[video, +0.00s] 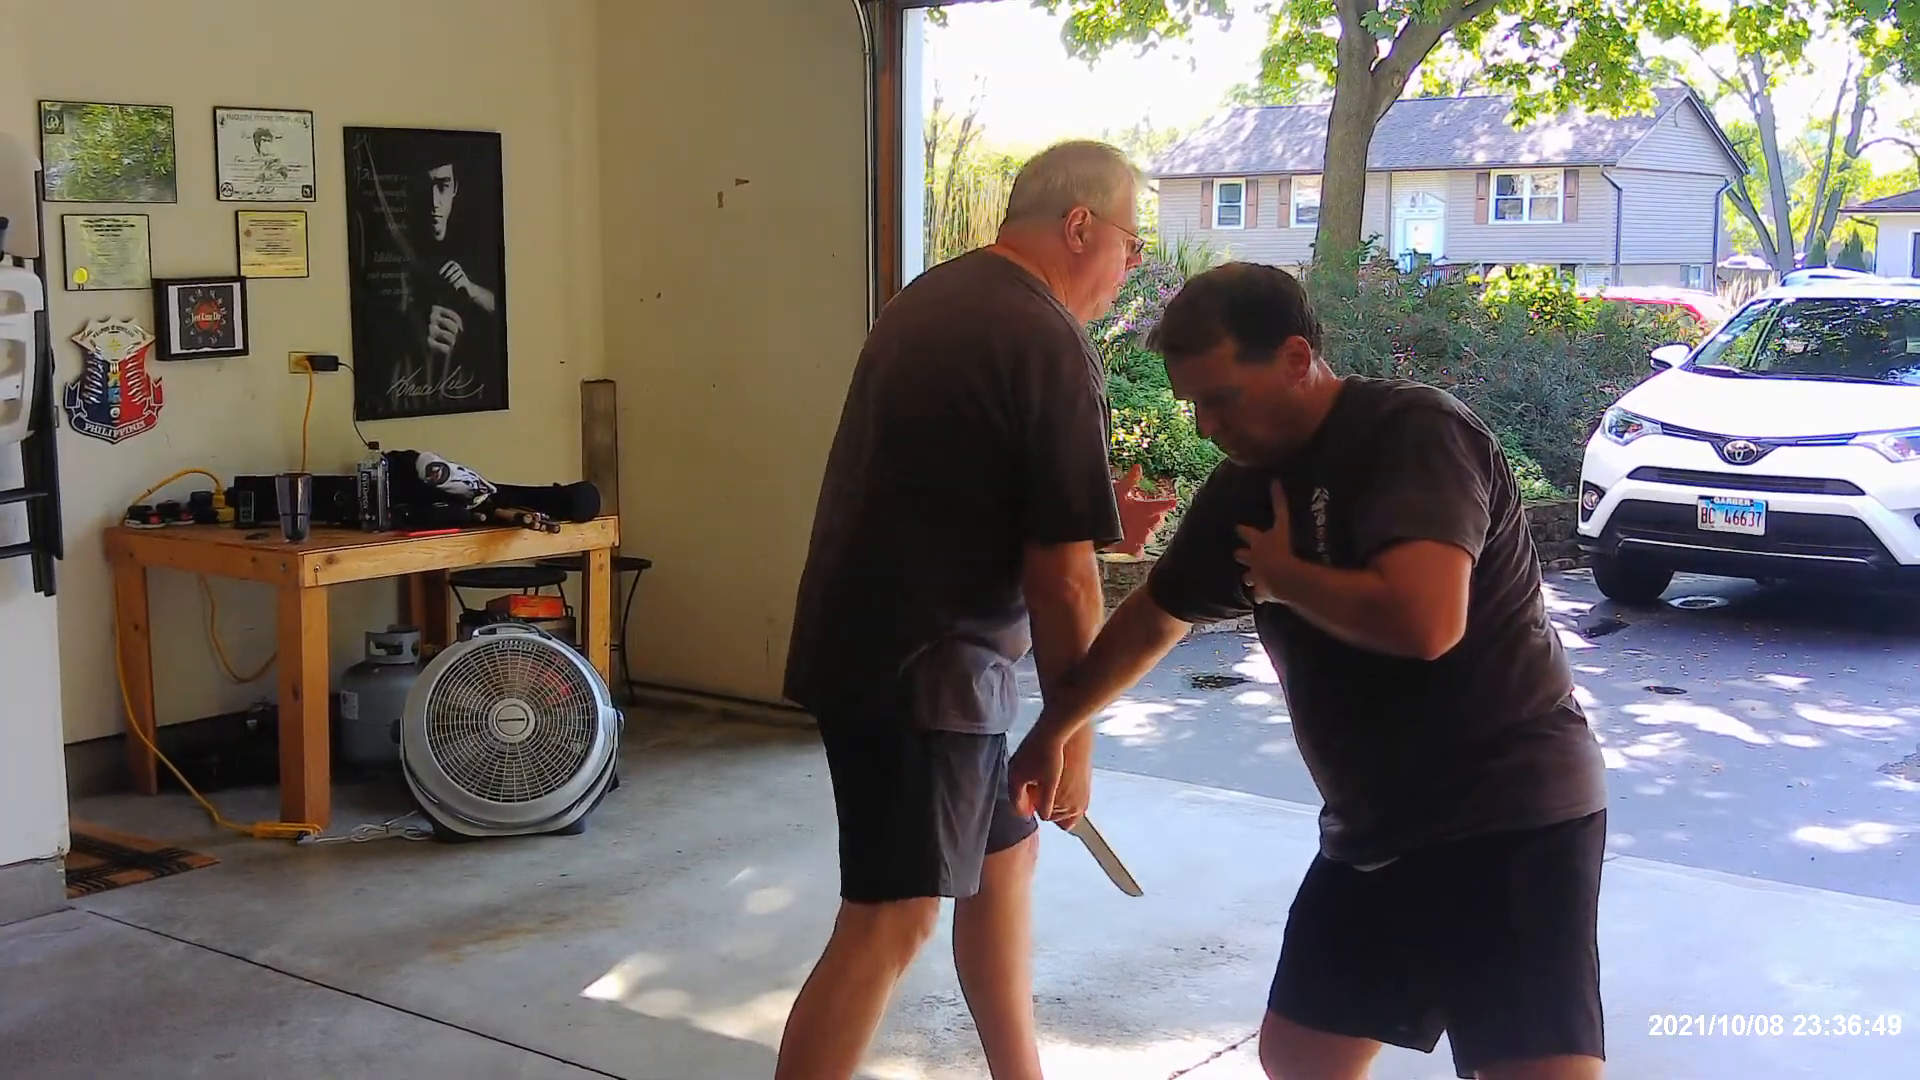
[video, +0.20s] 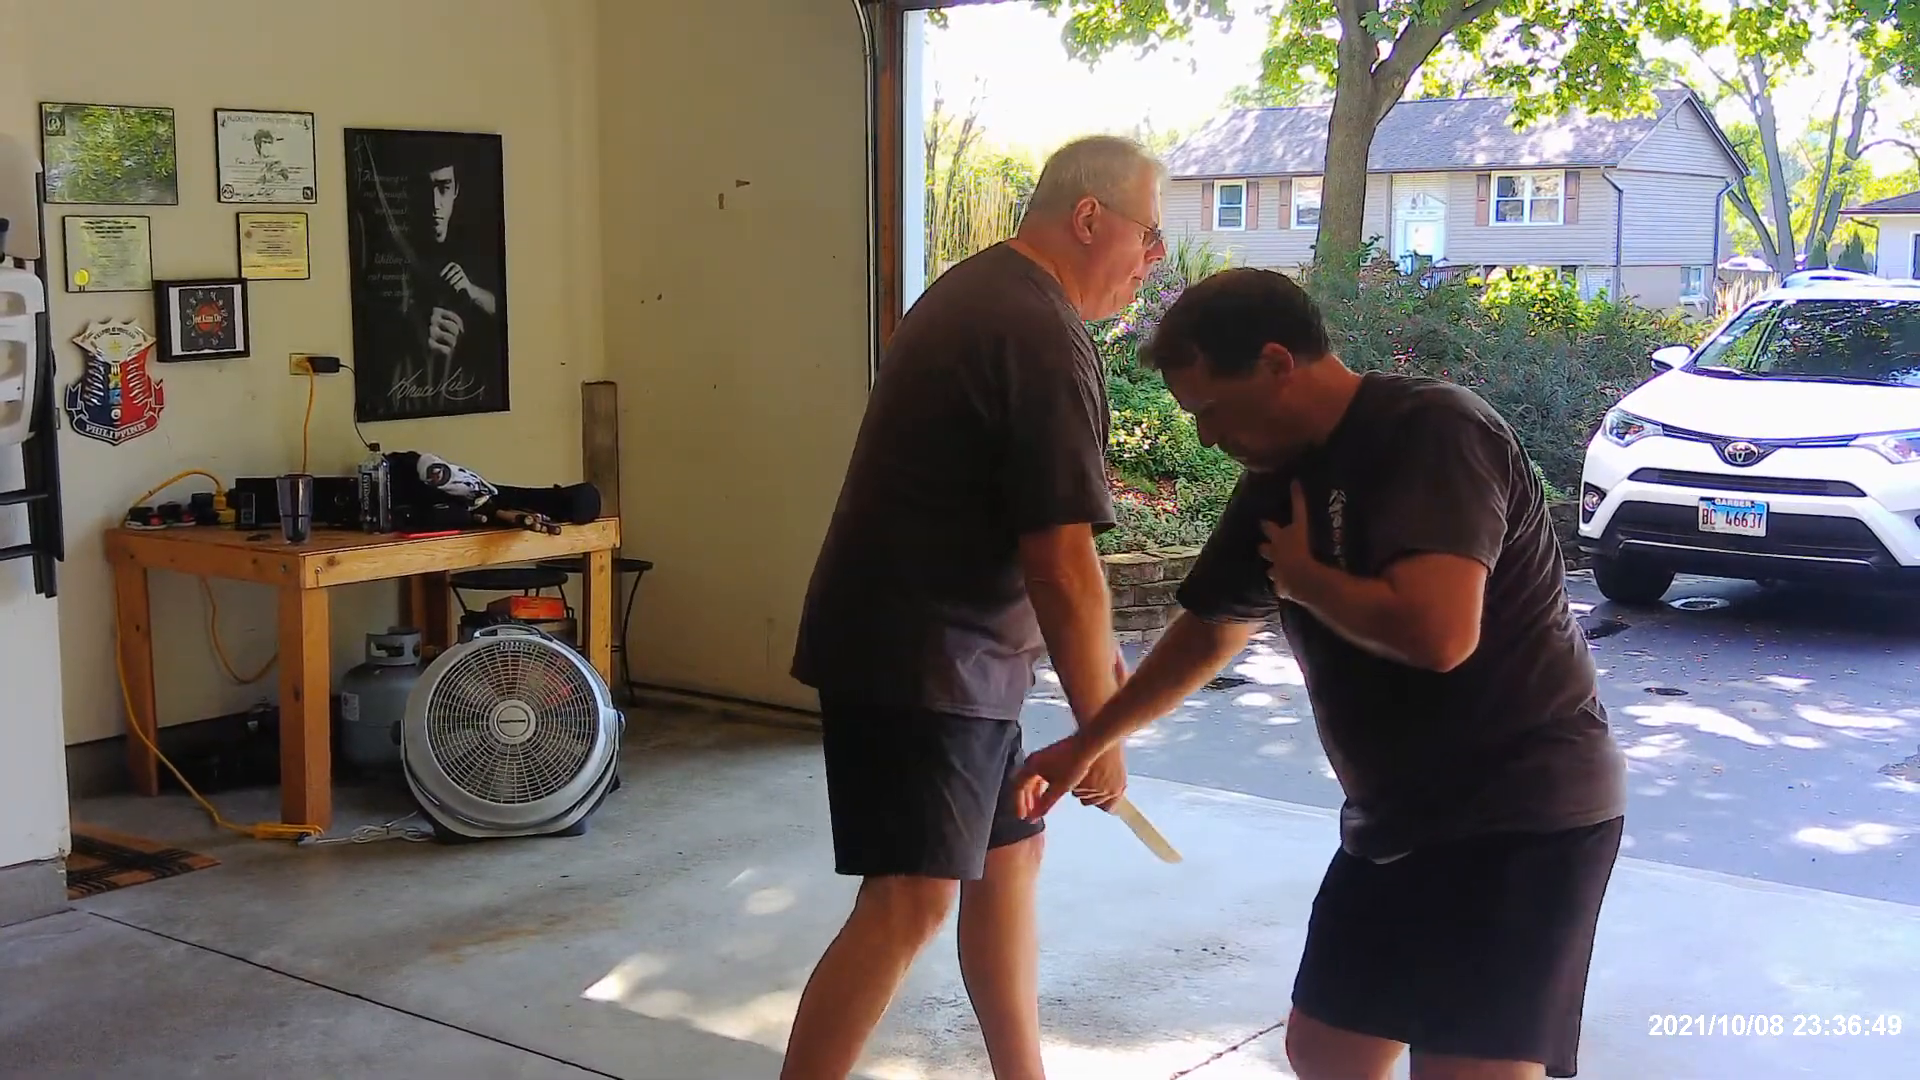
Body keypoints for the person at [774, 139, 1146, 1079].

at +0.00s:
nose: (1127, 273)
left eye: (1132, 251)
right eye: (1128, 247)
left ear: (1046, 221)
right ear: (1079, 226)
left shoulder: (932, 295)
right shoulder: (1043, 339)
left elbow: (941, 496)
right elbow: (1061, 573)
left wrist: (1087, 517)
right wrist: (1073, 732)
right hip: (925, 662)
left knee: (1005, 848)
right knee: (887, 921)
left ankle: (1019, 1069)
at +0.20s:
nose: (1154, 258)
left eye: (1156, 239)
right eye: (1147, 234)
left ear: (1073, 218)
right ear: (1088, 218)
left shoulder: (975, 289)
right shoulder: (1036, 329)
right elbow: (1060, 561)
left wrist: (1088, 656)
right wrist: (1102, 734)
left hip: (956, 648)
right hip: (917, 657)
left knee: (1008, 848)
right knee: (910, 899)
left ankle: (1021, 1071)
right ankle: (802, 1073)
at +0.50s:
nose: (1085, 223)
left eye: (1090, 203)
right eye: (1071, 199)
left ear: (1013, 200)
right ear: (1003, 194)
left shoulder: (995, 309)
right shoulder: (954, 306)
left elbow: (1014, 502)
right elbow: (989, 521)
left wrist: (1037, 641)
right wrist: (1105, 648)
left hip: (965, 650)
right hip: (891, 651)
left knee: (1004, 845)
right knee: (888, 877)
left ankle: (1020, 1073)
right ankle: (775, 1061)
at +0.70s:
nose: (979, 200)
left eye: (988, 181)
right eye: (956, 180)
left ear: (995, 194)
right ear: (895, 189)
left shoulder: (960, 308)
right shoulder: (857, 312)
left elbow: (1008, 480)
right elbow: (894, 516)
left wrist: (1060, 627)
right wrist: (1008, 658)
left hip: (945, 648)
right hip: (843, 653)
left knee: (979, 844)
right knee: (839, 863)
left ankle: (1012, 1071)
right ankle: (782, 1065)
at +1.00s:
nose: (875, 182)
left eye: (885, 162)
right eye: (848, 166)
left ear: (899, 174)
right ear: (797, 183)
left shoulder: (903, 291)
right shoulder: (754, 311)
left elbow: (950, 456)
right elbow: (707, 509)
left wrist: (982, 604)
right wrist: (697, 692)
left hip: (916, 640)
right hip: (803, 657)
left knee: (948, 830)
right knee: (811, 845)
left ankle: (960, 1065)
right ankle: (782, 1062)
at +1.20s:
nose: (857, 183)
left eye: (868, 163)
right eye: (831, 163)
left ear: (878, 174)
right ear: (776, 175)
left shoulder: (891, 289)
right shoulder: (727, 307)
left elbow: (930, 460)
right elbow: (641, 484)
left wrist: (944, 612)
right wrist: (602, 659)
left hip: (890, 632)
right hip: (781, 646)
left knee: (931, 825)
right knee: (803, 842)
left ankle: (887, 1056)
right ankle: (781, 1065)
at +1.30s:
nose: (873, 183)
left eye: (879, 162)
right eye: (849, 165)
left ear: (885, 168)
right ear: (784, 172)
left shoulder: (886, 290)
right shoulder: (721, 303)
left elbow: (932, 459)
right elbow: (635, 479)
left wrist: (951, 614)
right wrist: (607, 652)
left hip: (885, 629)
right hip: (775, 641)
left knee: (914, 827)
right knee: (799, 839)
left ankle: (854, 1049)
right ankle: (782, 1063)